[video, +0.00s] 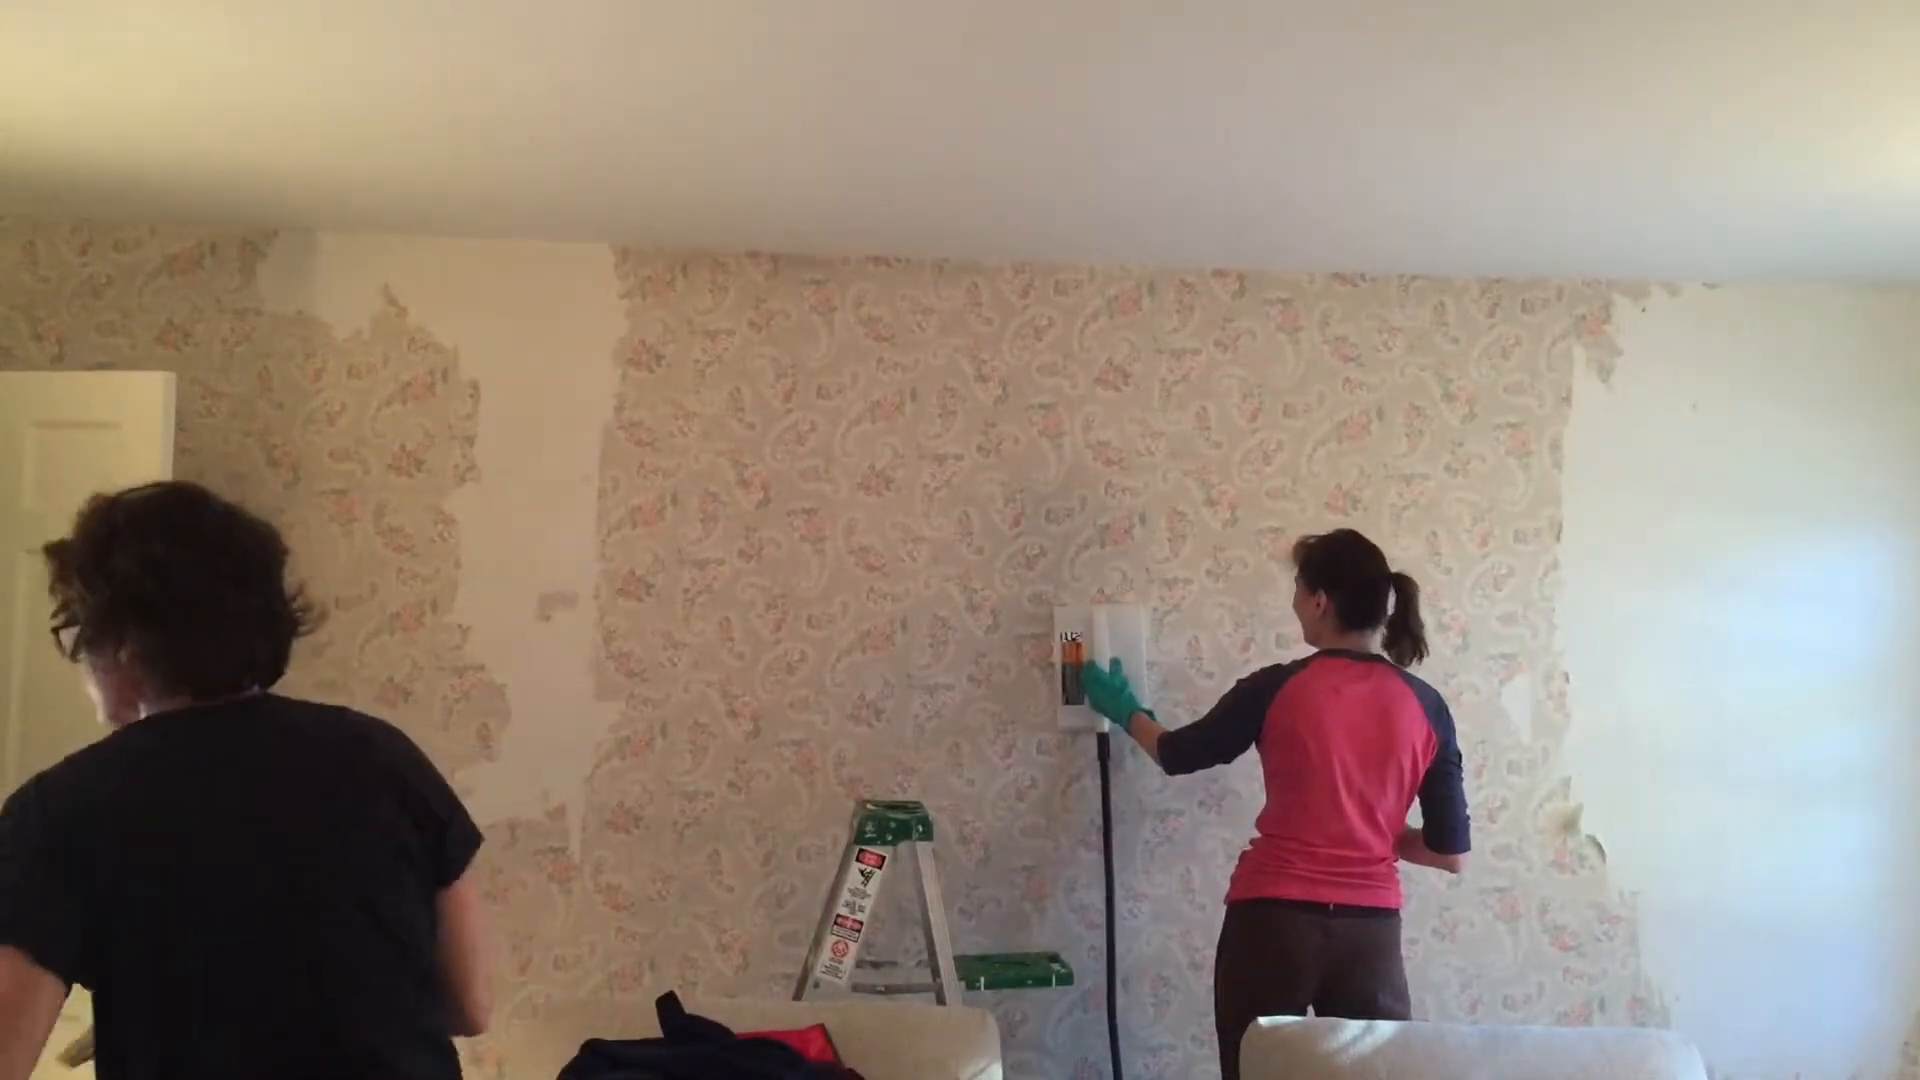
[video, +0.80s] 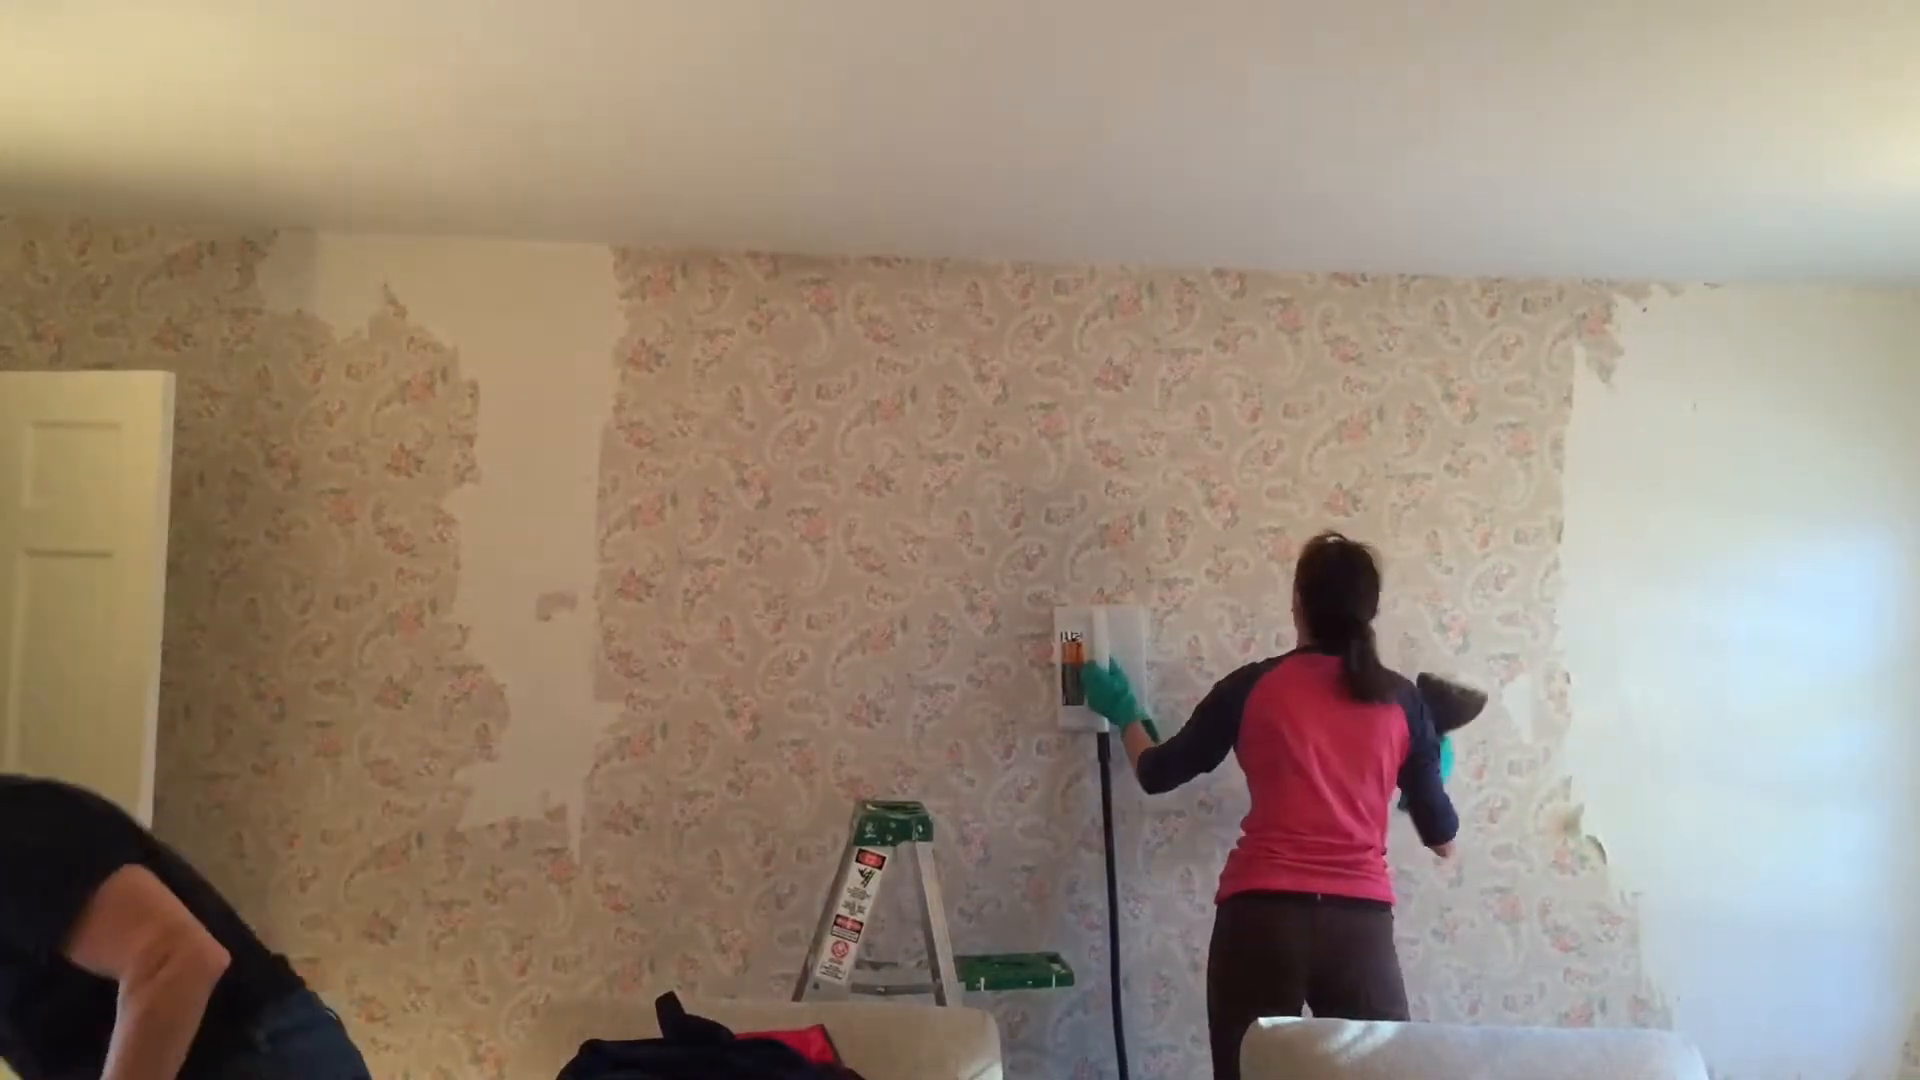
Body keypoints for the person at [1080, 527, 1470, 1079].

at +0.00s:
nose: (1295, 602)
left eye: (1299, 589)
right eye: (1298, 588)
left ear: (1320, 600)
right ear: (1379, 602)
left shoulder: (1277, 685)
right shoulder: (1427, 705)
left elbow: (1175, 753)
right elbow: (1449, 852)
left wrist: (1124, 711)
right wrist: (1375, 831)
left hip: (1268, 932)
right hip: (1370, 940)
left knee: (1253, 1074)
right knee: (1379, 1076)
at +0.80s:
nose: (1292, 599)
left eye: (1294, 590)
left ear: (1298, 602)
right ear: (1372, 608)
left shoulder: (1251, 687)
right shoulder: (1402, 701)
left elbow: (1155, 774)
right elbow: (1442, 838)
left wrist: (1124, 713)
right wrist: (1433, 770)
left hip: (1257, 927)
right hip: (1359, 933)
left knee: (1243, 1075)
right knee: (1382, 1075)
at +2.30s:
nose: (1211, 635)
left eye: (1210, 622)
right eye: (1206, 623)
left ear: (1247, 620)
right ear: (1281, 611)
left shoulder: (1246, 696)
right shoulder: (1365, 688)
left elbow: (1160, 735)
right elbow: (1423, 793)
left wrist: (1132, 663)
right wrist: (1433, 753)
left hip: (1259, 929)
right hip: (1352, 929)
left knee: (1242, 1074)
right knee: (1367, 1076)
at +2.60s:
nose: (1217, 632)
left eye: (1215, 619)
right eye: (1211, 620)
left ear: (1248, 619)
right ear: (1291, 610)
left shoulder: (1246, 696)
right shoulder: (1370, 692)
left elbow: (1154, 726)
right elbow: (1425, 791)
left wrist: (1125, 662)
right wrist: (1433, 752)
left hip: (1255, 935)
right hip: (1348, 936)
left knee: (1238, 1074)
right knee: (1357, 1077)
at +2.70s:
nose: (1219, 631)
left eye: (1218, 618)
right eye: (1215, 618)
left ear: (1251, 618)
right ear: (1296, 608)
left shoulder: (1247, 696)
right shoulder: (1372, 693)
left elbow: (1155, 724)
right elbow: (1428, 792)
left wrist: (1125, 662)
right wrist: (1434, 753)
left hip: (1253, 934)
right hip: (1345, 935)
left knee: (1236, 1075)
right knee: (1357, 1077)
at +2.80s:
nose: (1223, 629)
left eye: (1221, 616)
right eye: (1218, 616)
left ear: (1253, 617)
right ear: (1300, 605)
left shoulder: (1246, 695)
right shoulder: (1373, 693)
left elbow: (1155, 724)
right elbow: (1428, 792)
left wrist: (1125, 663)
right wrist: (1434, 754)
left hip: (1251, 935)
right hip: (1344, 936)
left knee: (1235, 1075)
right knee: (1357, 1077)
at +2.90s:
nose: (1226, 629)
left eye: (1224, 616)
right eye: (1221, 616)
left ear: (1256, 615)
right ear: (1302, 605)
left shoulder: (1246, 693)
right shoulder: (1373, 694)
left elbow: (1154, 724)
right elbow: (1428, 793)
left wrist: (1124, 662)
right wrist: (1435, 754)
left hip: (1250, 934)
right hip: (1344, 936)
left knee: (1235, 1075)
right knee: (1357, 1076)